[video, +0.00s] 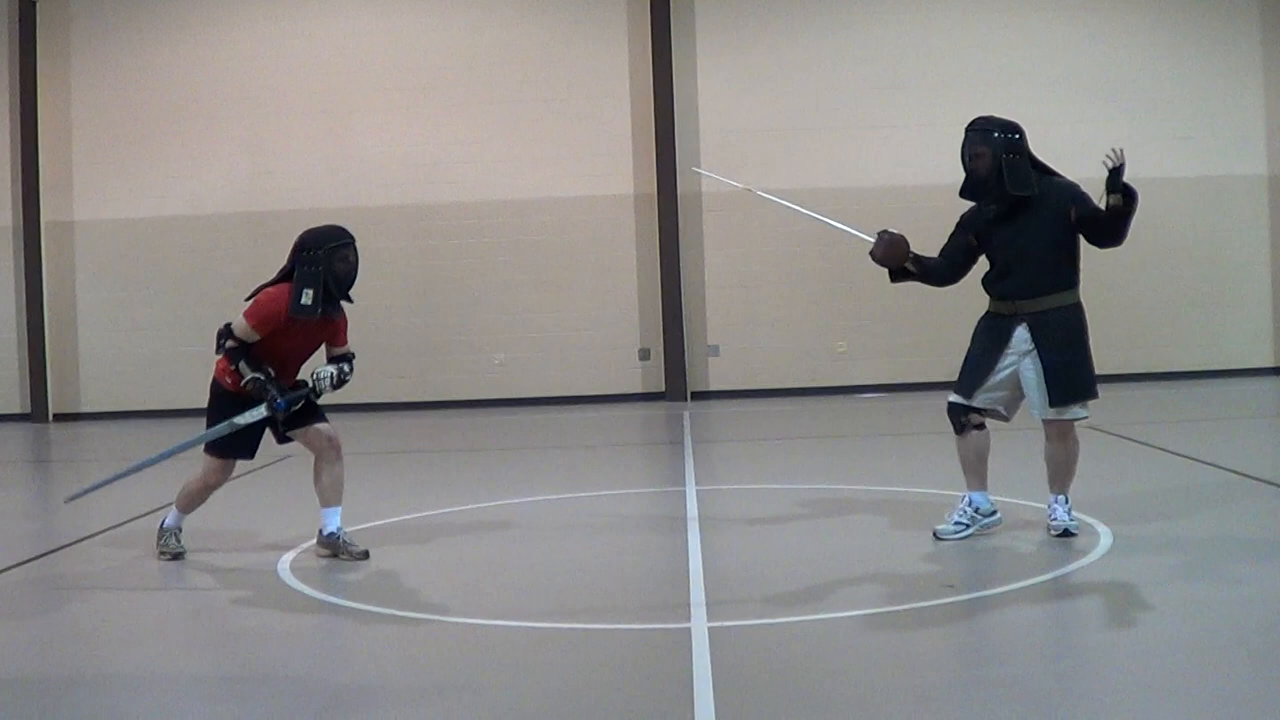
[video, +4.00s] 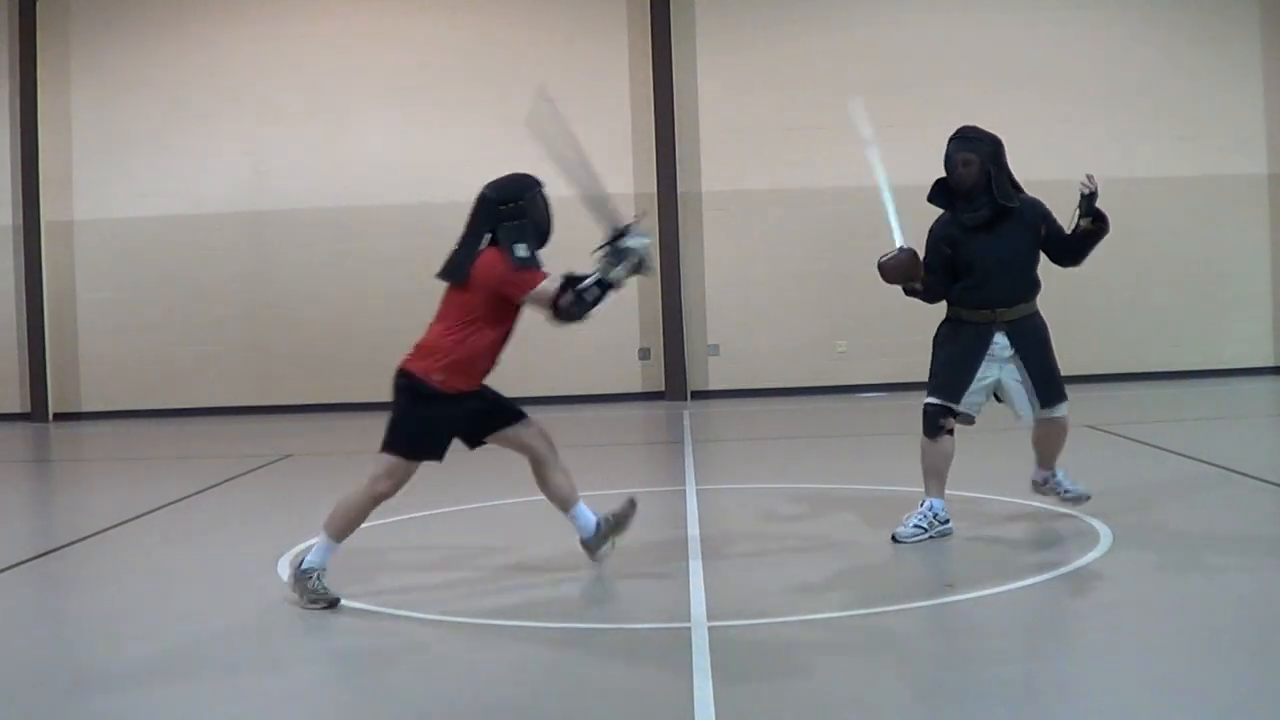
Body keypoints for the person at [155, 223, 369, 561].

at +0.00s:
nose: (349, 267)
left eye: (351, 259)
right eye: (341, 259)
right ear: (317, 263)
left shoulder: (333, 312)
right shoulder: (275, 301)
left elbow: (342, 360)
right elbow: (229, 343)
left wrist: (332, 374)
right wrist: (258, 382)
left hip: (283, 389)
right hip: (236, 387)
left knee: (328, 443)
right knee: (215, 474)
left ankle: (331, 534)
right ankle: (170, 525)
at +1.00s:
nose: (359, 253)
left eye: (361, 245)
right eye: (351, 245)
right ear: (327, 248)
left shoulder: (343, 299)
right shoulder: (287, 288)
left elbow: (347, 346)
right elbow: (243, 336)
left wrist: (345, 367)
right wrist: (273, 379)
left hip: (287, 381)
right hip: (240, 378)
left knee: (326, 445)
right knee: (211, 460)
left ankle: (330, 533)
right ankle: (175, 529)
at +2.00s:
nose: (394, 235)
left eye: (395, 227)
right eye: (386, 227)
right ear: (360, 229)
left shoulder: (374, 283)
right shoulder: (320, 270)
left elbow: (381, 330)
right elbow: (280, 324)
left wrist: (383, 352)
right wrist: (309, 364)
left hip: (319, 366)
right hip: (272, 360)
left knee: (336, 444)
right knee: (266, 445)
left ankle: (331, 533)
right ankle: (239, 532)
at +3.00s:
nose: (373, 197)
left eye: (373, 188)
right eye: (364, 188)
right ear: (338, 194)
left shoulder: (351, 254)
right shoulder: (306, 244)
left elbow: (354, 314)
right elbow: (285, 313)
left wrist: (376, 340)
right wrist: (324, 358)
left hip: (320, 369)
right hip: (275, 370)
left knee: (349, 456)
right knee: (273, 469)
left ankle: (378, 552)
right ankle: (258, 549)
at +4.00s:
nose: (544, 217)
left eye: (541, 208)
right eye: (538, 208)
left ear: (503, 218)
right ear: (519, 216)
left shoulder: (506, 260)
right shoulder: (495, 262)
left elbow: (561, 303)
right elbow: (565, 302)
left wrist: (606, 274)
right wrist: (613, 271)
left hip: (465, 390)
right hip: (426, 388)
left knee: (538, 444)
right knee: (383, 482)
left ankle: (591, 531)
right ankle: (309, 564)